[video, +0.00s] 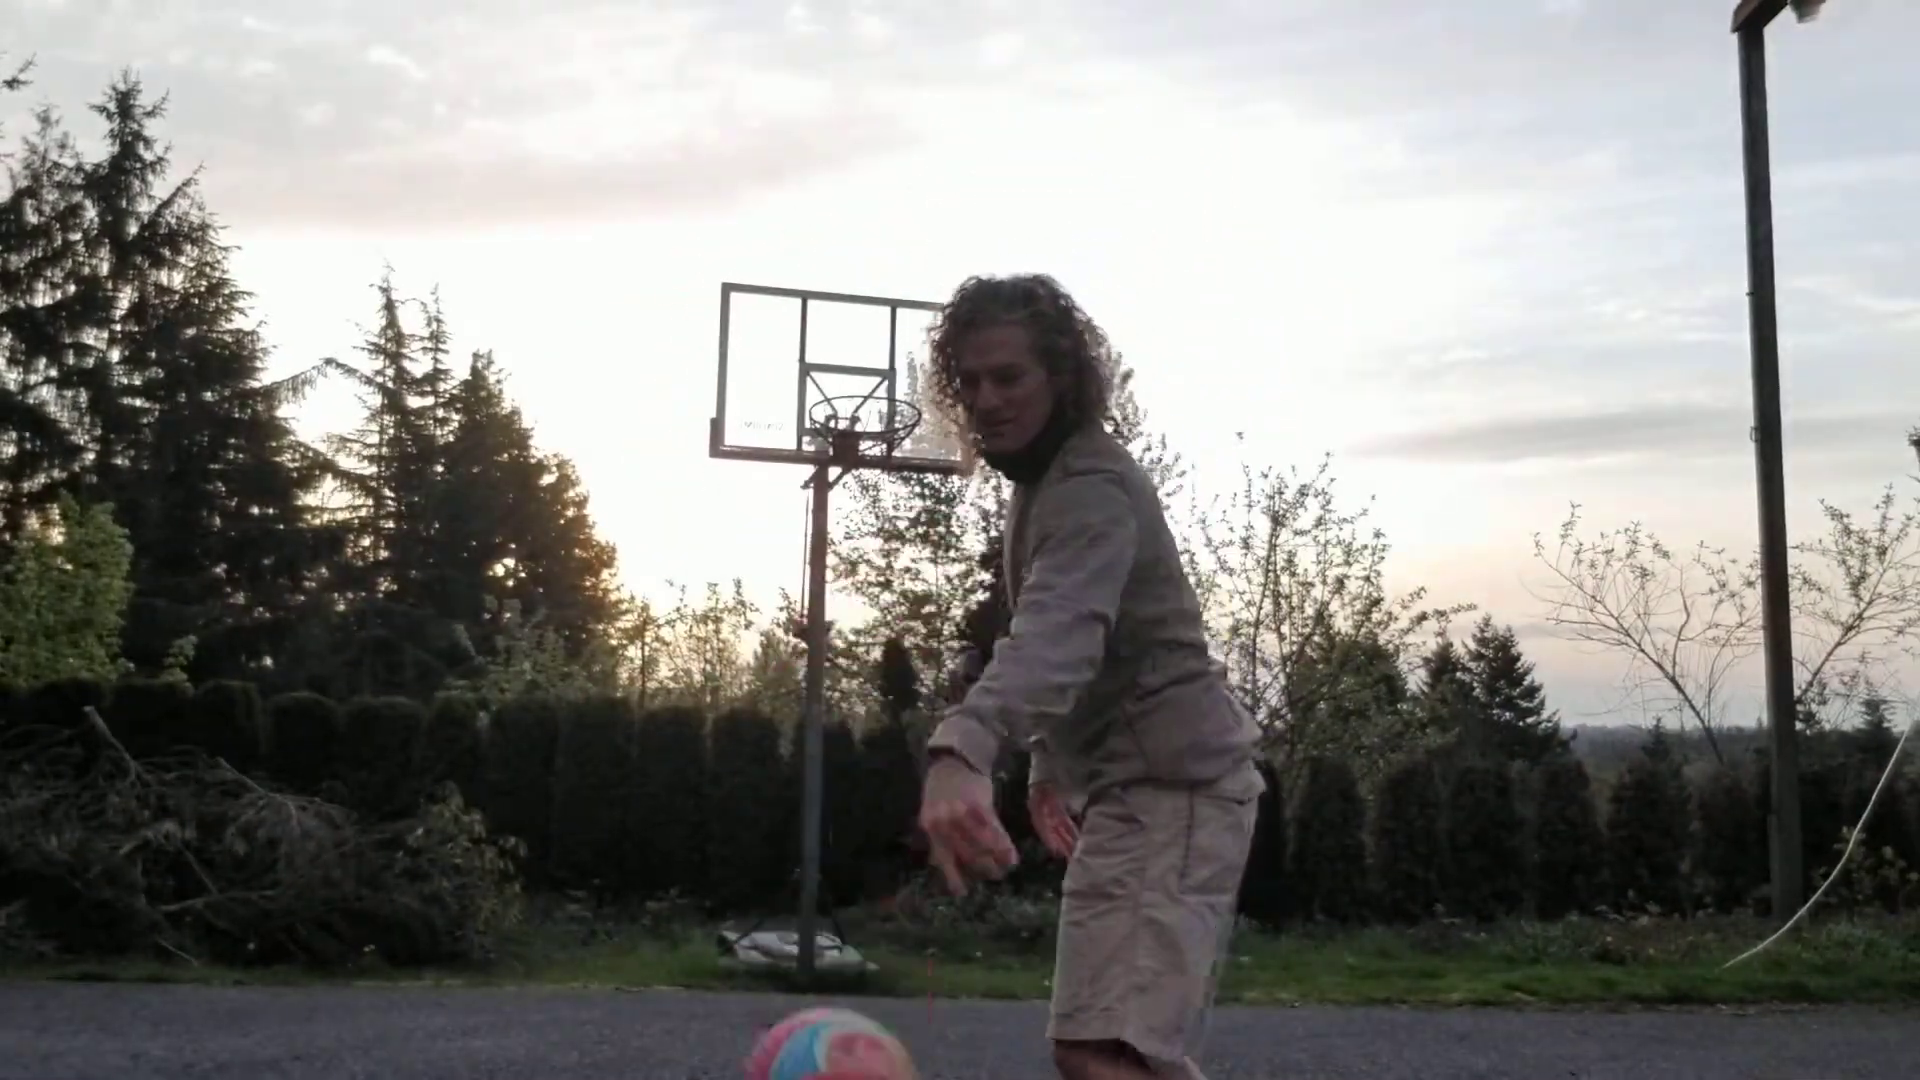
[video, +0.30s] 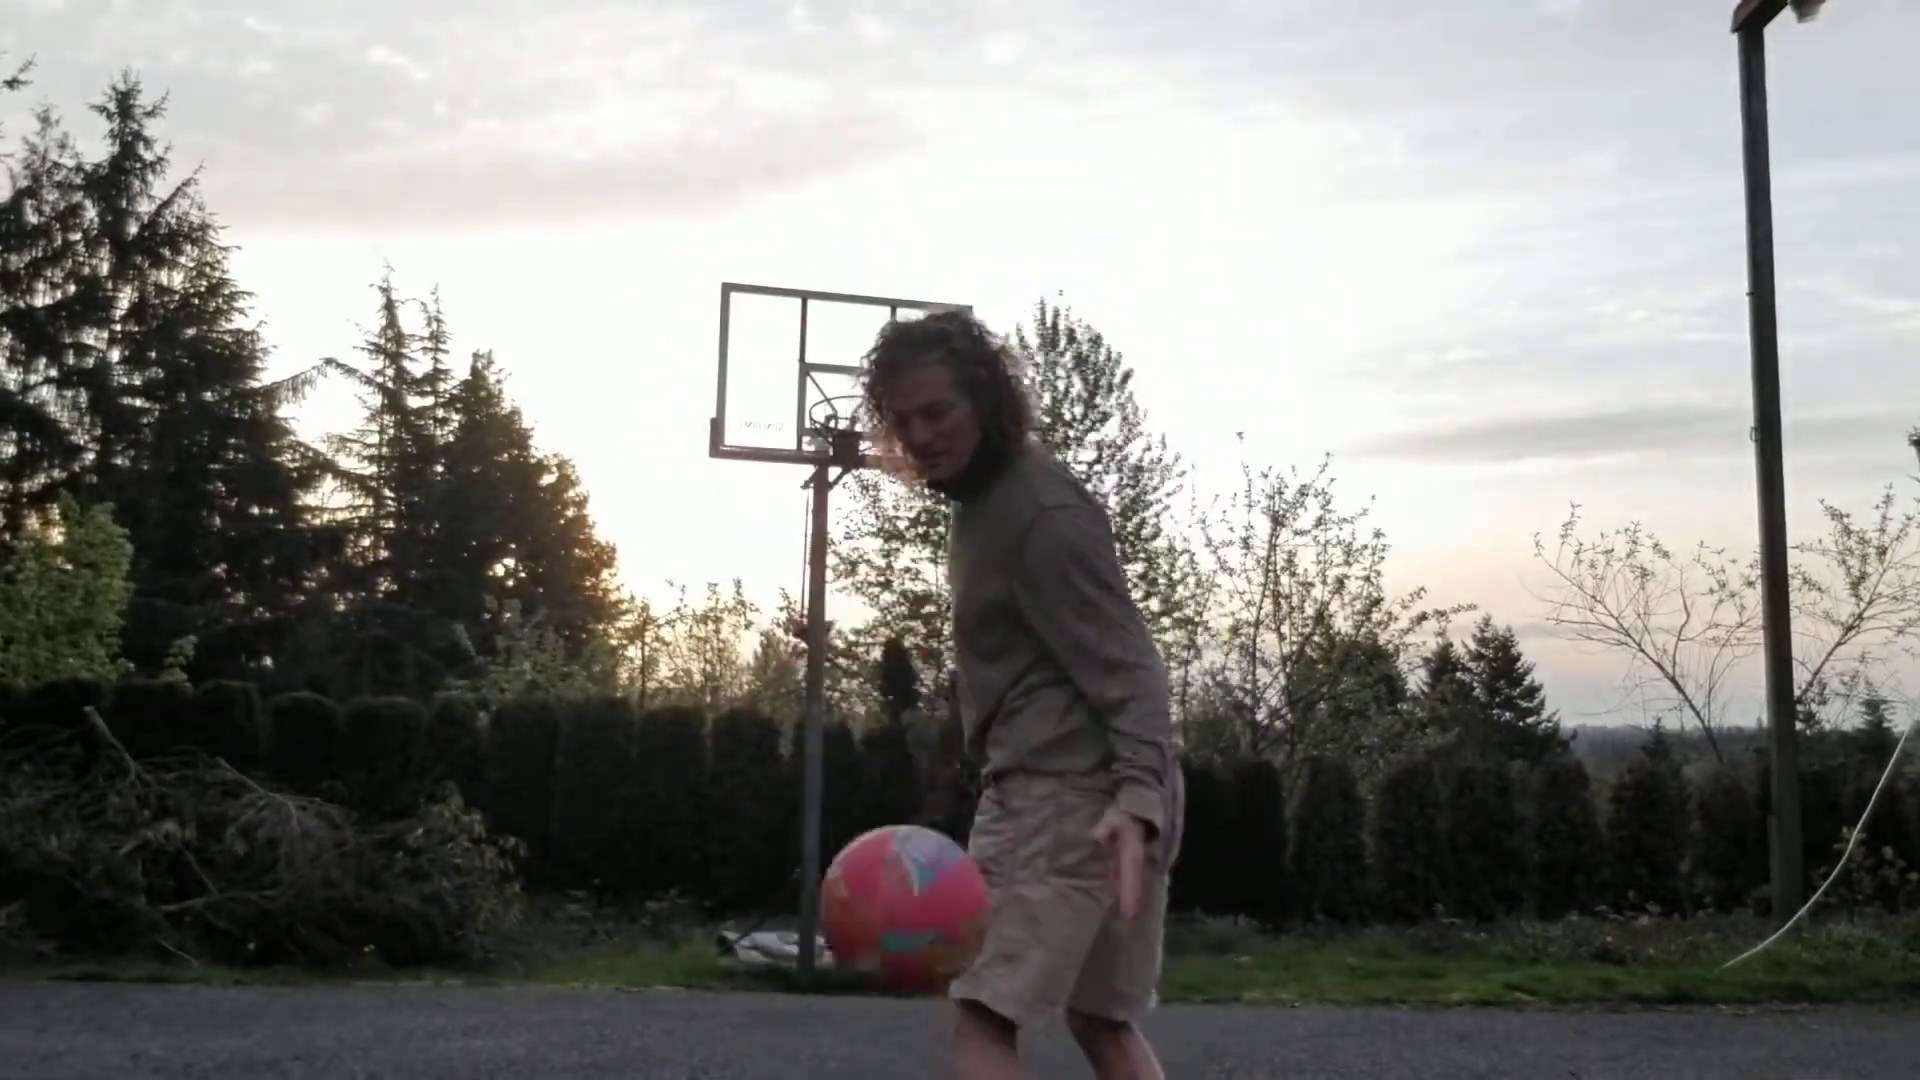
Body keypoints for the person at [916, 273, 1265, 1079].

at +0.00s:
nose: (985, 400)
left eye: (1008, 376)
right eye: (969, 382)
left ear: (1062, 378)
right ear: (955, 390)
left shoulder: (1088, 483)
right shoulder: (1044, 487)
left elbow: (1054, 630)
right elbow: (1066, 643)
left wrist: (963, 748)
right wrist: (1053, 764)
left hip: (1168, 782)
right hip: (1132, 783)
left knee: (1100, 1047)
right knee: (1117, 1044)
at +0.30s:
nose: (919, 437)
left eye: (935, 413)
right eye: (902, 422)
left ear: (985, 401)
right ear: (890, 426)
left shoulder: (1044, 507)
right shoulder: (986, 500)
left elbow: (1128, 663)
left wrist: (1138, 796)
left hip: (1061, 788)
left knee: (985, 1017)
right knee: (1105, 1020)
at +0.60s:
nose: (911, 421)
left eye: (932, 401)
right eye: (892, 403)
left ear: (969, 408)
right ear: (872, 412)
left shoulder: (1000, 505)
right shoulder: (896, 502)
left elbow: (1053, 667)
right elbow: (883, 643)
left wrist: (1042, 584)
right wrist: (815, 719)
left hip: (959, 774)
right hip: (917, 767)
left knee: (842, 997)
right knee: (922, 985)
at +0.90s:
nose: (880, 451)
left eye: (900, 434)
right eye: (864, 432)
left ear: (930, 441)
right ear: (839, 435)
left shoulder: (962, 553)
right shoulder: (811, 510)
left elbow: (981, 695)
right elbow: (761, 628)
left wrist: (938, 811)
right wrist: (696, 706)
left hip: (878, 785)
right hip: (784, 769)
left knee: (782, 979)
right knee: (707, 962)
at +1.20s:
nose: (849, 444)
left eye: (867, 427)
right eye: (832, 427)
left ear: (892, 436)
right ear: (806, 434)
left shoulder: (928, 530)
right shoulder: (760, 520)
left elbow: (962, 661)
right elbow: (712, 626)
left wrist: (1001, 767)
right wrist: (696, 659)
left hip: (874, 776)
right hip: (762, 767)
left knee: (857, 977)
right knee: (723, 970)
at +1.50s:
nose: (826, 468)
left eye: (843, 452)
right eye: (809, 452)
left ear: (866, 462)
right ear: (784, 462)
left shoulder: (887, 540)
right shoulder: (752, 551)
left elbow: (923, 639)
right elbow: (676, 636)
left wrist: (984, 699)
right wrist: (611, 588)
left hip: (848, 792)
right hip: (750, 781)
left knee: (825, 971)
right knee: (705, 956)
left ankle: (776, 1077)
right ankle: (642, 1076)